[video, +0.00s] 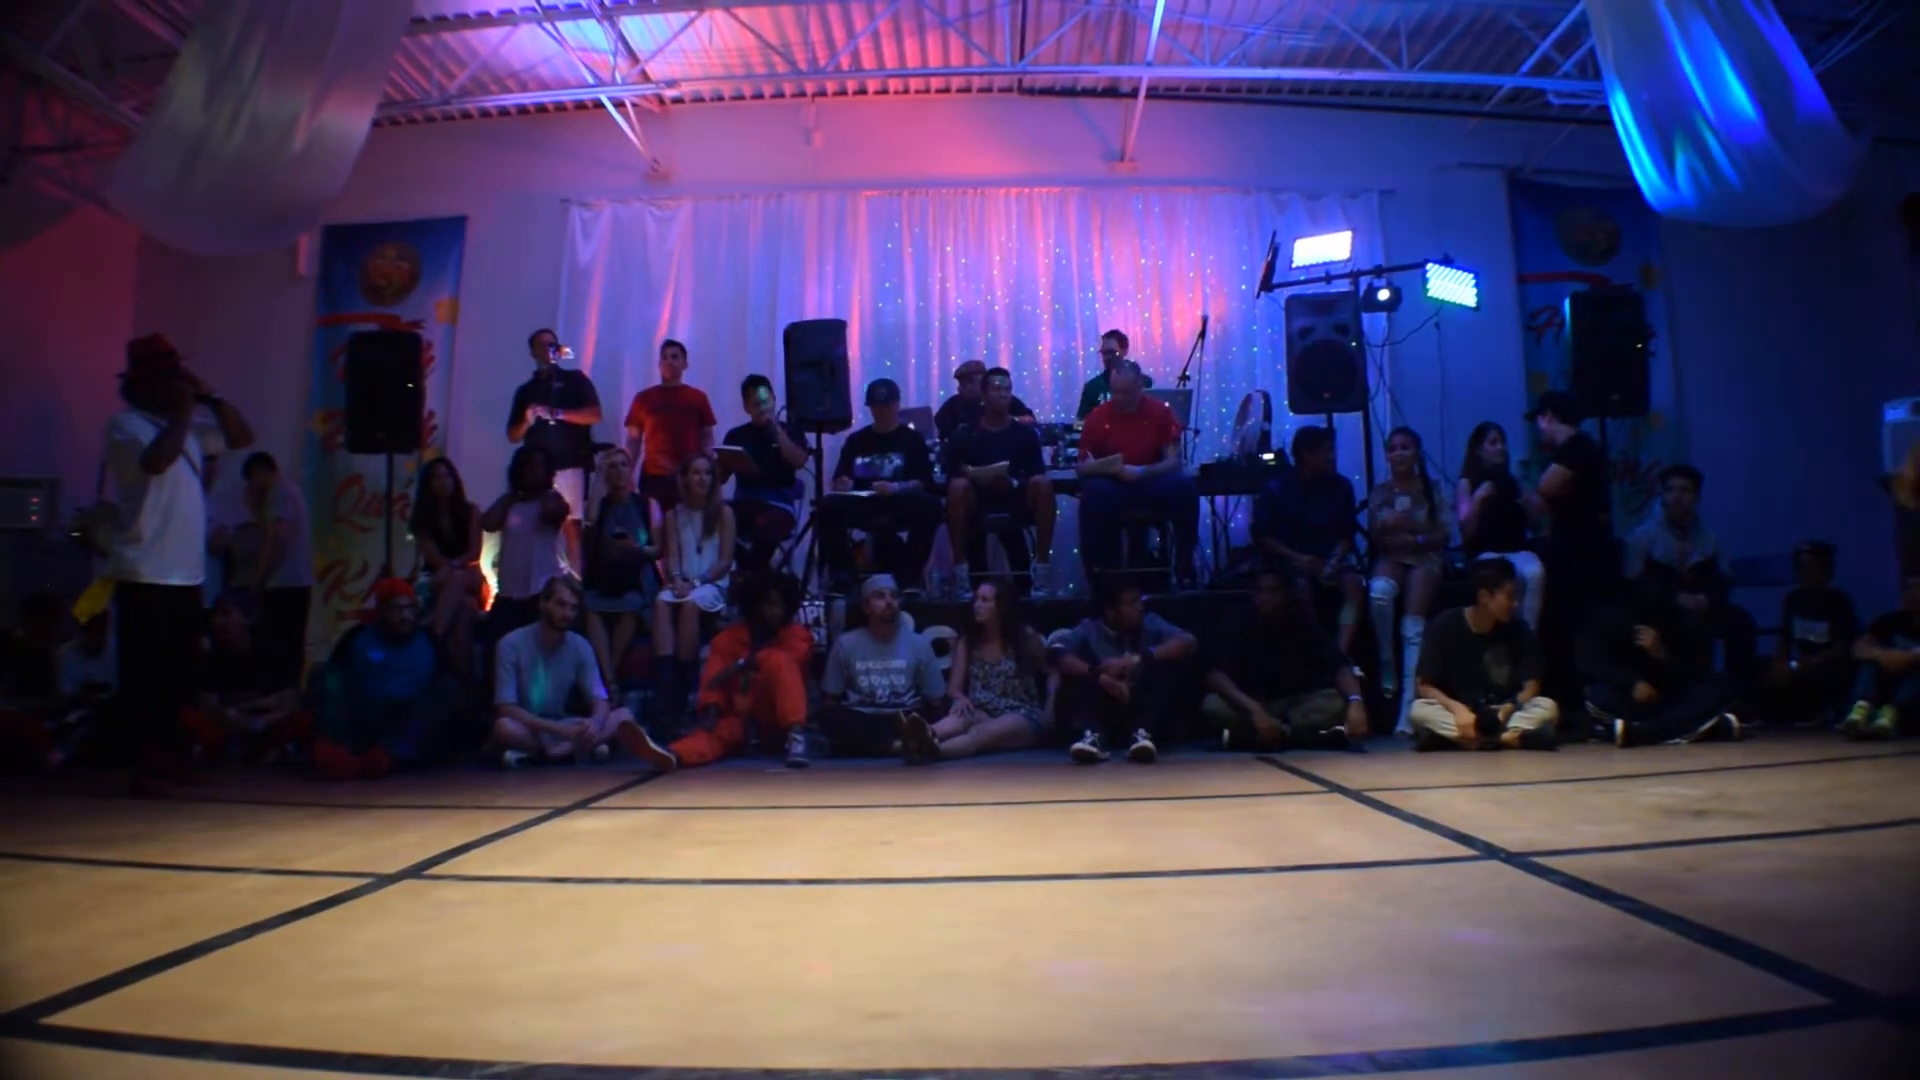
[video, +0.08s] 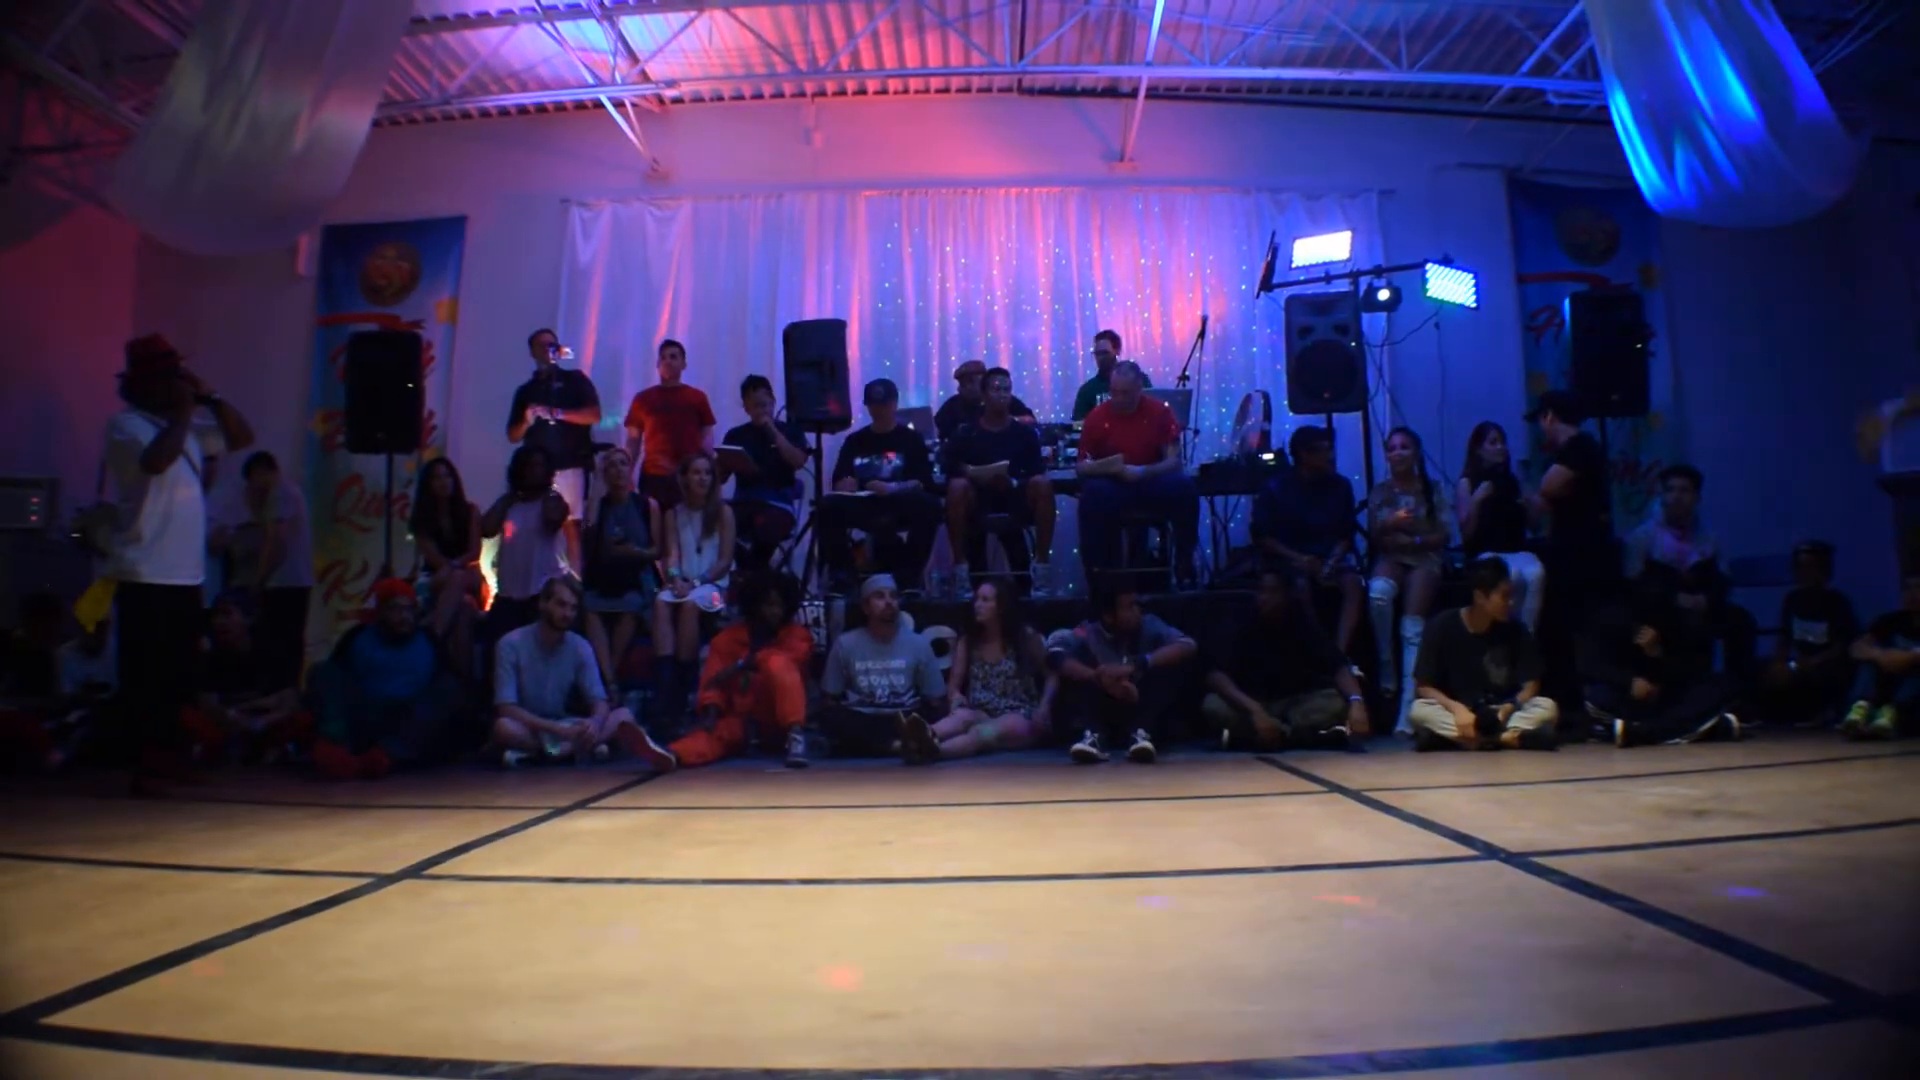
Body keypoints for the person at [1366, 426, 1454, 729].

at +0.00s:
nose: (1398, 454)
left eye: (1404, 448)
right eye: (1393, 449)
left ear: (1417, 453)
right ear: (1386, 455)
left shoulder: (1433, 489)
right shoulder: (1379, 493)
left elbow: (1443, 534)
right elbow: (1375, 536)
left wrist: (1403, 537)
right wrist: (1393, 523)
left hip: (1423, 555)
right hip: (1390, 556)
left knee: (1413, 628)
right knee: (1379, 595)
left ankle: (1408, 710)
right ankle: (1387, 667)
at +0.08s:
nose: (1397, 454)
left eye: (1404, 448)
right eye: (1392, 449)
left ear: (1416, 453)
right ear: (1386, 455)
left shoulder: (1433, 489)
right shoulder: (1379, 492)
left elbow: (1444, 534)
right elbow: (1373, 533)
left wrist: (1405, 539)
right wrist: (1391, 522)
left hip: (1423, 555)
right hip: (1390, 556)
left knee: (1412, 628)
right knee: (1378, 594)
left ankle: (1408, 714)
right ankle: (1386, 671)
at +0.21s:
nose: (1398, 454)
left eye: (1404, 448)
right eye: (1392, 449)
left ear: (1415, 453)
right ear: (1386, 455)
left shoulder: (1433, 489)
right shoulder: (1379, 492)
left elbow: (1444, 532)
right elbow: (1375, 532)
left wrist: (1418, 549)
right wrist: (1393, 543)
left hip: (1422, 557)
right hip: (1390, 556)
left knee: (1411, 629)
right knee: (1378, 597)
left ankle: (1408, 700)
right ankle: (1385, 668)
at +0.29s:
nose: (1400, 456)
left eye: (1406, 449)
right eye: (1394, 450)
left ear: (1417, 453)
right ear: (1387, 456)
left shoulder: (1434, 490)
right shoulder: (1379, 492)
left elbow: (1443, 532)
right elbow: (1375, 534)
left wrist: (1411, 549)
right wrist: (1392, 546)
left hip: (1422, 556)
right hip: (1389, 557)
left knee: (1410, 628)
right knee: (1377, 595)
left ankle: (1408, 693)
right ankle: (1385, 668)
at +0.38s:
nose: (1401, 456)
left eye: (1407, 450)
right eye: (1396, 451)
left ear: (1419, 454)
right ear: (1390, 455)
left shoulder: (1435, 490)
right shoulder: (1380, 492)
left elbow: (1443, 532)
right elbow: (1375, 533)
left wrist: (1413, 547)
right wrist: (1392, 546)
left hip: (1422, 556)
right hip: (1389, 557)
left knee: (1410, 627)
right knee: (1378, 595)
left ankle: (1408, 688)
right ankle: (1385, 669)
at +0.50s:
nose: (1404, 457)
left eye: (1411, 451)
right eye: (1399, 451)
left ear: (1423, 454)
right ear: (1394, 455)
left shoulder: (1437, 491)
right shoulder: (1383, 492)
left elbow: (1443, 531)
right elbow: (1375, 533)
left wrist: (1416, 549)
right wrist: (1391, 547)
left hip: (1422, 557)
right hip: (1389, 557)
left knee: (1410, 625)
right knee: (1378, 596)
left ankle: (1408, 685)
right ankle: (1385, 669)